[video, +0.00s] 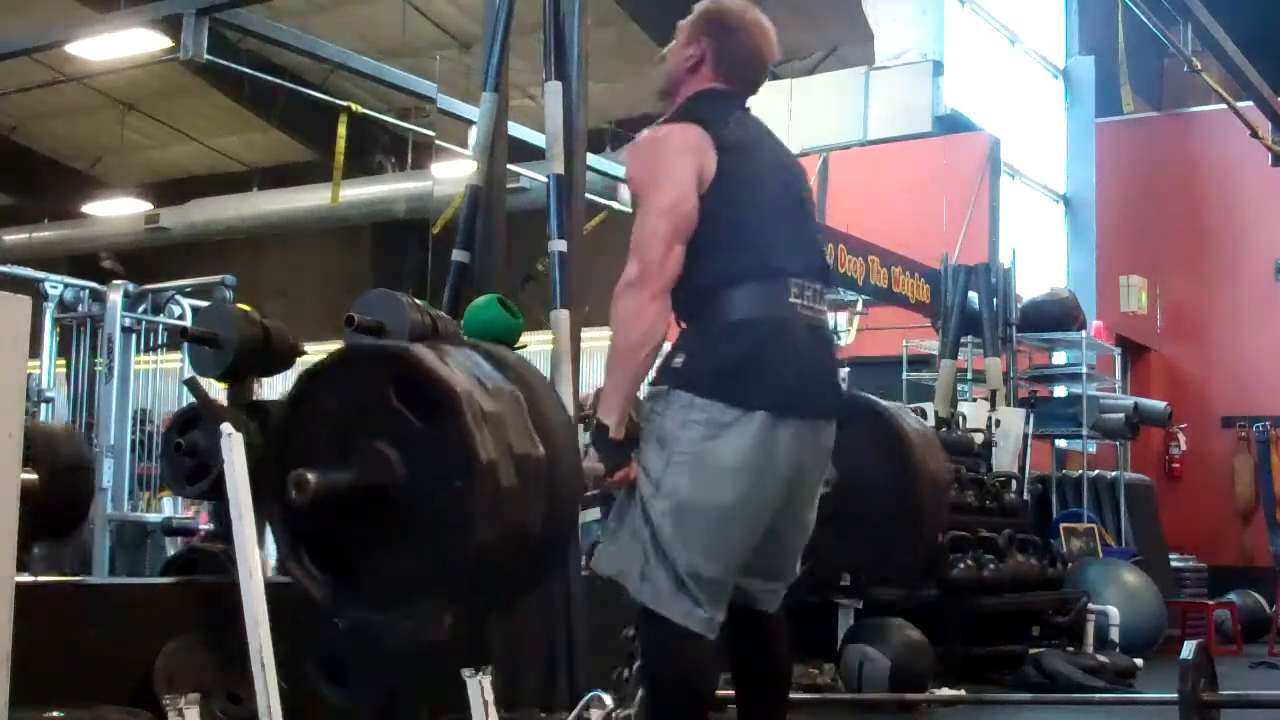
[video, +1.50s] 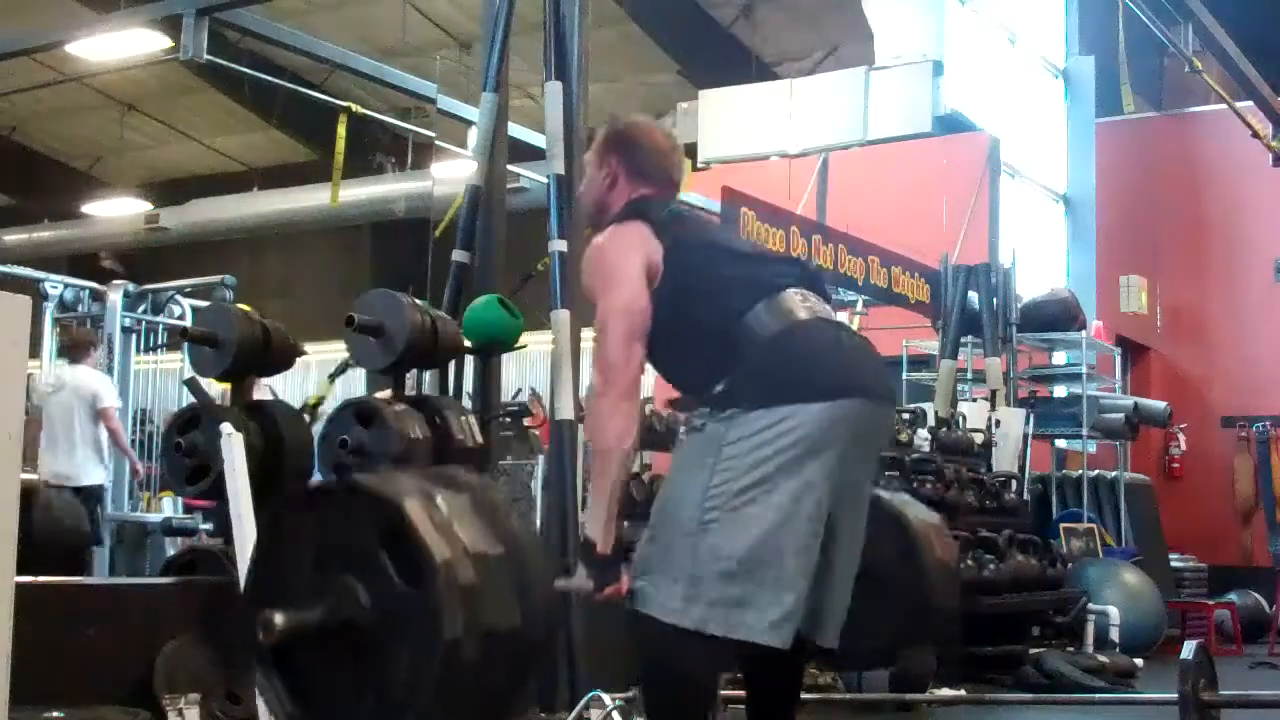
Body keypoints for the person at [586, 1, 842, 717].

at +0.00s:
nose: (662, 54)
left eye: (674, 41)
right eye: (671, 40)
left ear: (697, 53)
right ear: (741, 71)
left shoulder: (675, 138)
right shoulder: (774, 154)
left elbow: (649, 277)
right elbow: (758, 292)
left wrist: (614, 411)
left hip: (731, 376)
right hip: (813, 383)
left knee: (676, 602)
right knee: (758, 600)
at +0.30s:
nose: (724, 27)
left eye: (735, 15)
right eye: (730, 16)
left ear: (760, 27)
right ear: (805, 45)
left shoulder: (726, 124)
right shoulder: (827, 146)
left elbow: (673, 270)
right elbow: (796, 290)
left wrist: (620, 397)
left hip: (716, 389)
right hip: (799, 397)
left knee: (676, 601)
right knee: (757, 597)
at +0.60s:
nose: (739, 53)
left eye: (745, 34)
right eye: (742, 36)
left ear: (778, 30)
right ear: (829, 41)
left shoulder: (764, 124)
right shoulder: (857, 145)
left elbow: (696, 269)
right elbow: (809, 295)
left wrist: (629, 395)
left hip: (723, 382)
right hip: (799, 387)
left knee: (680, 602)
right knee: (759, 601)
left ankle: (682, 719)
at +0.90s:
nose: (743, 55)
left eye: (750, 35)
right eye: (745, 38)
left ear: (784, 31)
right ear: (833, 43)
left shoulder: (768, 125)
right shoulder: (860, 145)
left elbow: (701, 269)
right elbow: (817, 298)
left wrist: (629, 397)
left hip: (726, 377)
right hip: (803, 384)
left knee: (681, 600)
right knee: (761, 600)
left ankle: (679, 719)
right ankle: (768, 719)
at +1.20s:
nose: (644, 80)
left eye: (650, 64)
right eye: (648, 64)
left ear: (674, 68)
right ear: (731, 78)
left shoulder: (679, 141)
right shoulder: (771, 154)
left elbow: (651, 286)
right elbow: (782, 288)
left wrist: (617, 435)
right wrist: (705, 339)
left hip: (751, 376)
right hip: (822, 377)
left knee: (670, 609)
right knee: (767, 617)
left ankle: (675, 718)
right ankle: (763, 719)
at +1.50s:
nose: (578, 190)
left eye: (584, 175)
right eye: (580, 175)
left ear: (612, 175)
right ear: (664, 181)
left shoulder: (623, 241)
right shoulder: (704, 228)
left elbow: (617, 390)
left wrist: (599, 546)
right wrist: (699, 397)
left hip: (779, 391)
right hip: (862, 387)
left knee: (675, 618)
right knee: (779, 624)